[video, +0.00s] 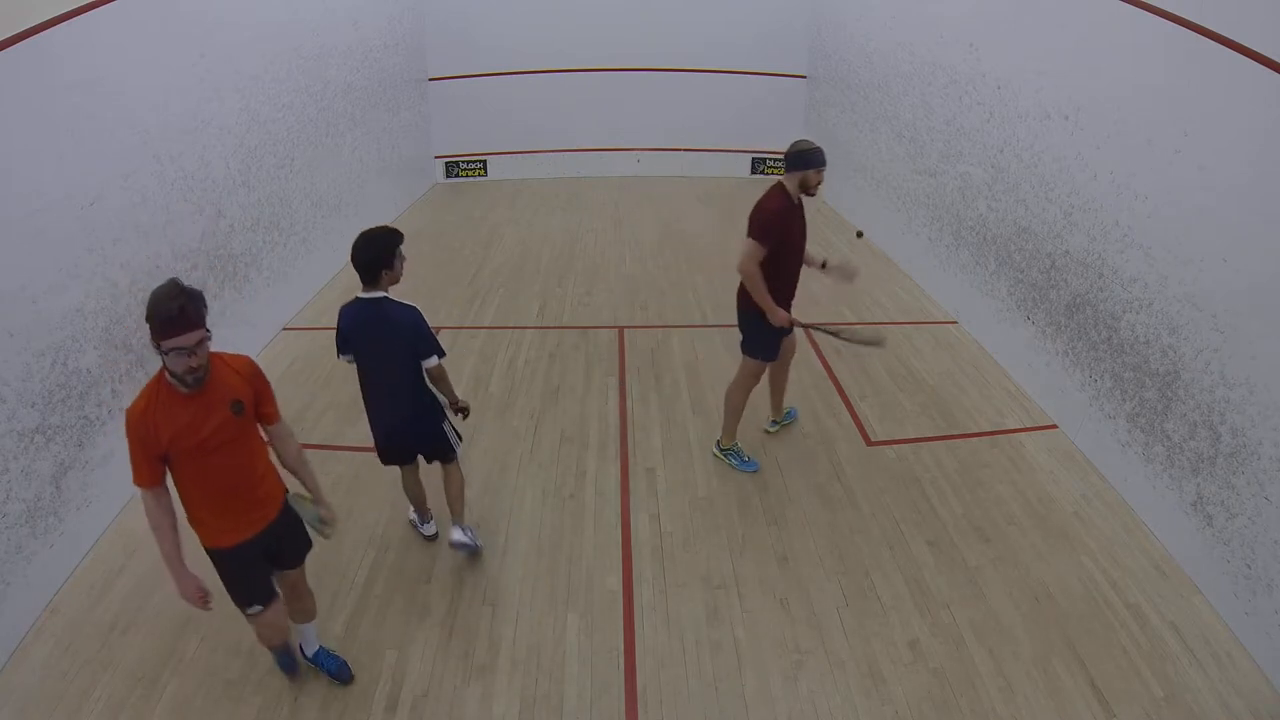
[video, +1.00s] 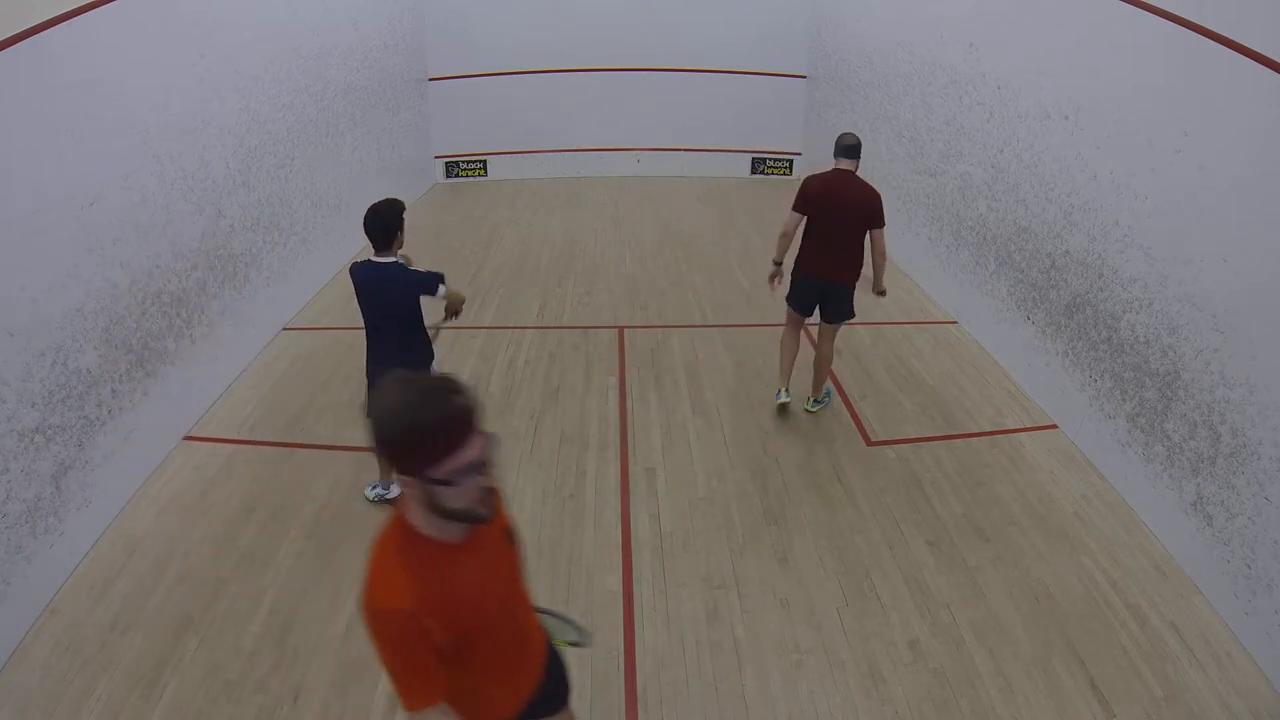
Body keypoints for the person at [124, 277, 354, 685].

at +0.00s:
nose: (191, 360)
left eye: (199, 346)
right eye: (177, 352)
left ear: (208, 333)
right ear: (157, 349)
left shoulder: (241, 371)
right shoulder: (144, 418)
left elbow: (279, 435)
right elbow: (155, 496)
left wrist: (317, 495)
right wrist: (179, 571)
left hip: (275, 510)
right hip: (225, 539)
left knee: (296, 584)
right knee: (272, 627)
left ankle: (312, 648)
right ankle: (281, 649)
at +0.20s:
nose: (220, 383)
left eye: (224, 365)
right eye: (202, 376)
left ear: (230, 352)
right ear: (176, 377)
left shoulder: (262, 391)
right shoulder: (165, 455)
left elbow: (313, 454)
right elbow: (187, 527)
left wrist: (363, 514)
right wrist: (219, 587)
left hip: (302, 534)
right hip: (258, 571)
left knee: (312, 603)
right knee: (320, 661)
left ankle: (325, 659)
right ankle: (361, 712)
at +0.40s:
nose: (254, 409)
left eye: (255, 390)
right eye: (235, 404)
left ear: (261, 375)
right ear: (200, 407)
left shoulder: (293, 417)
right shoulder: (195, 498)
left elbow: (340, 480)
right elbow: (224, 579)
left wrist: (391, 540)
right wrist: (269, 647)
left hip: (345, 575)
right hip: (303, 618)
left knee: (364, 627)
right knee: (366, 692)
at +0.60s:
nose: (302, 431)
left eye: (302, 410)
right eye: (279, 426)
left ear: (308, 393)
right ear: (242, 432)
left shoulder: (328, 434)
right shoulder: (238, 531)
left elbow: (365, 500)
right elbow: (267, 643)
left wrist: (410, 558)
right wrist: (335, 713)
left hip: (387, 596)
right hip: (339, 648)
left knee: (454, 665)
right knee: (383, 710)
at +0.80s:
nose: (381, 462)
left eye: (380, 440)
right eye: (358, 455)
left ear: (384, 424)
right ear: (309, 459)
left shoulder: (392, 465)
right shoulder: (304, 565)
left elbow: (414, 546)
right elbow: (340, 695)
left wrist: (443, 590)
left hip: (451, 639)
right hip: (394, 691)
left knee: (503, 709)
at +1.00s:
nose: (483, 484)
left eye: (482, 462)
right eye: (458, 478)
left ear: (484, 440)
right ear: (409, 483)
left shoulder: (482, 498)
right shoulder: (396, 598)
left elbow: (497, 580)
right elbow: (426, 707)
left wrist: (526, 617)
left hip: (537, 662)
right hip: (489, 709)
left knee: (559, 710)